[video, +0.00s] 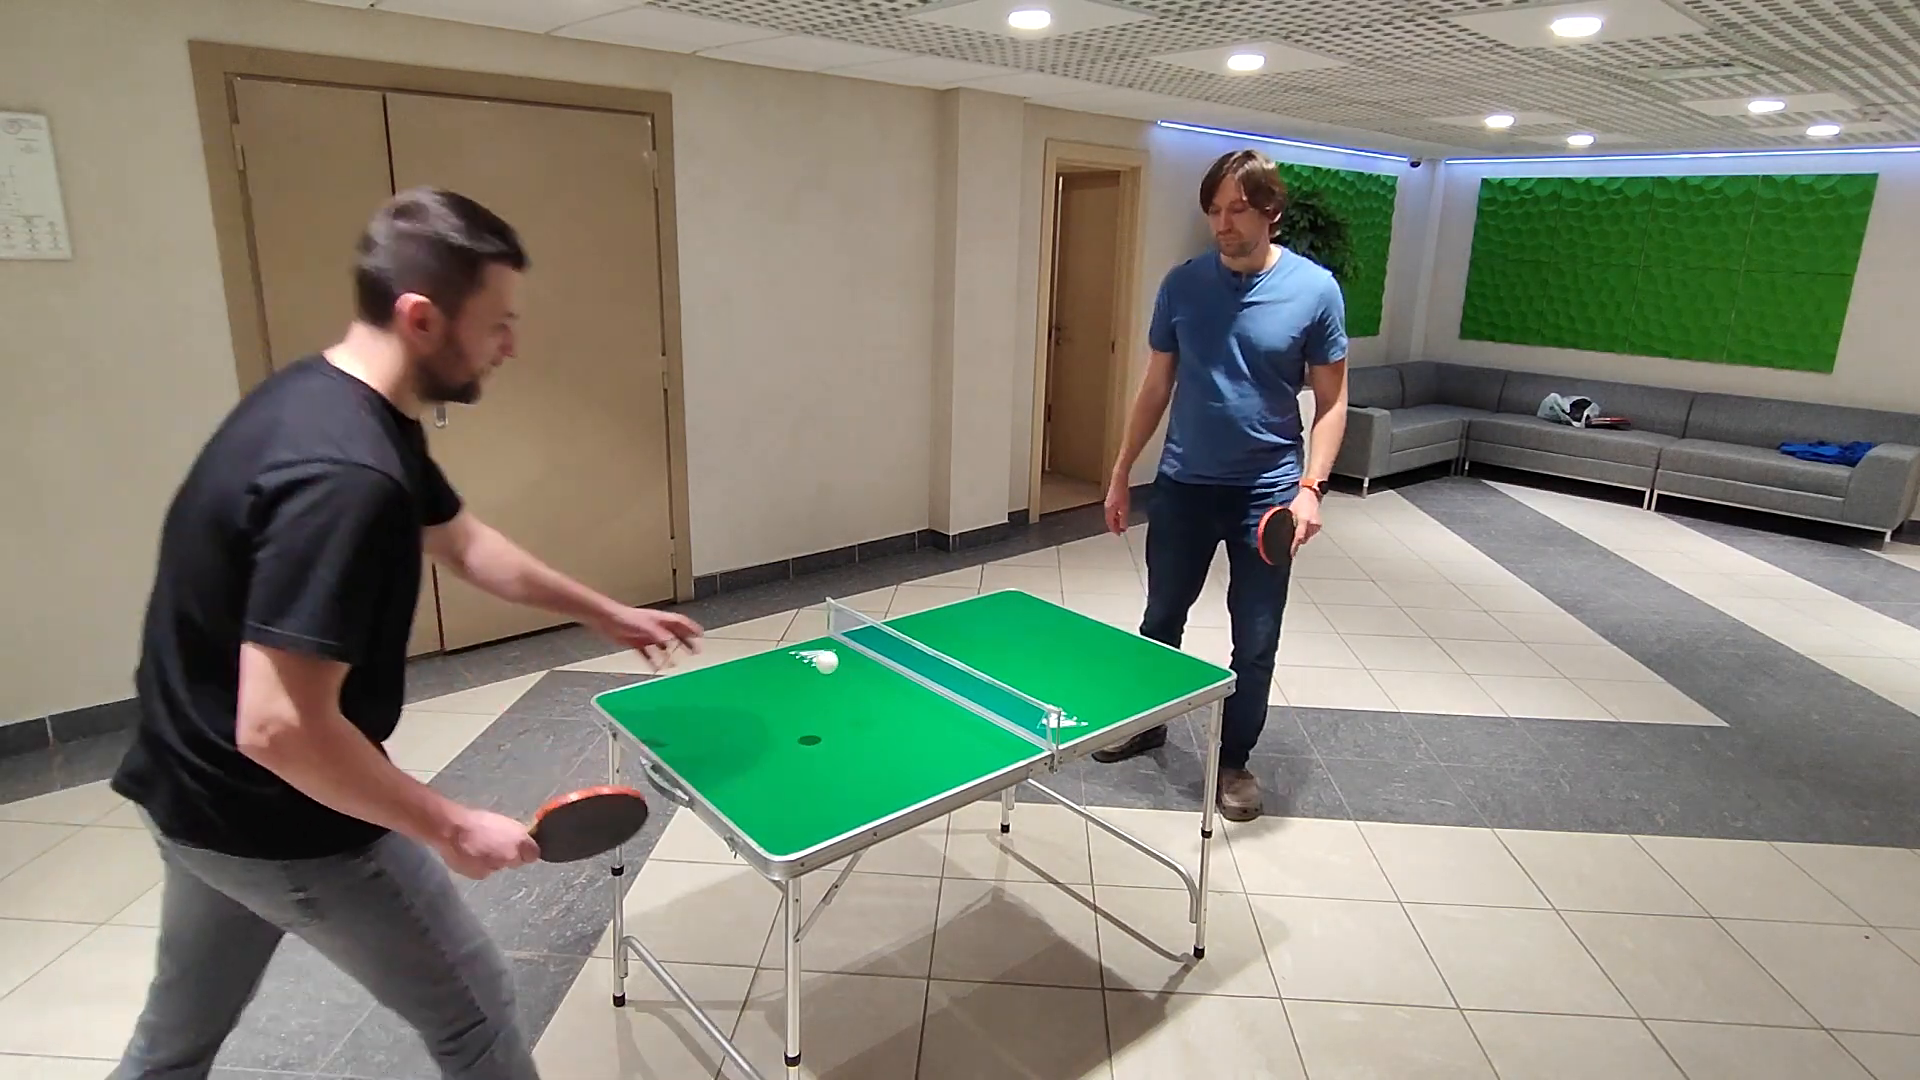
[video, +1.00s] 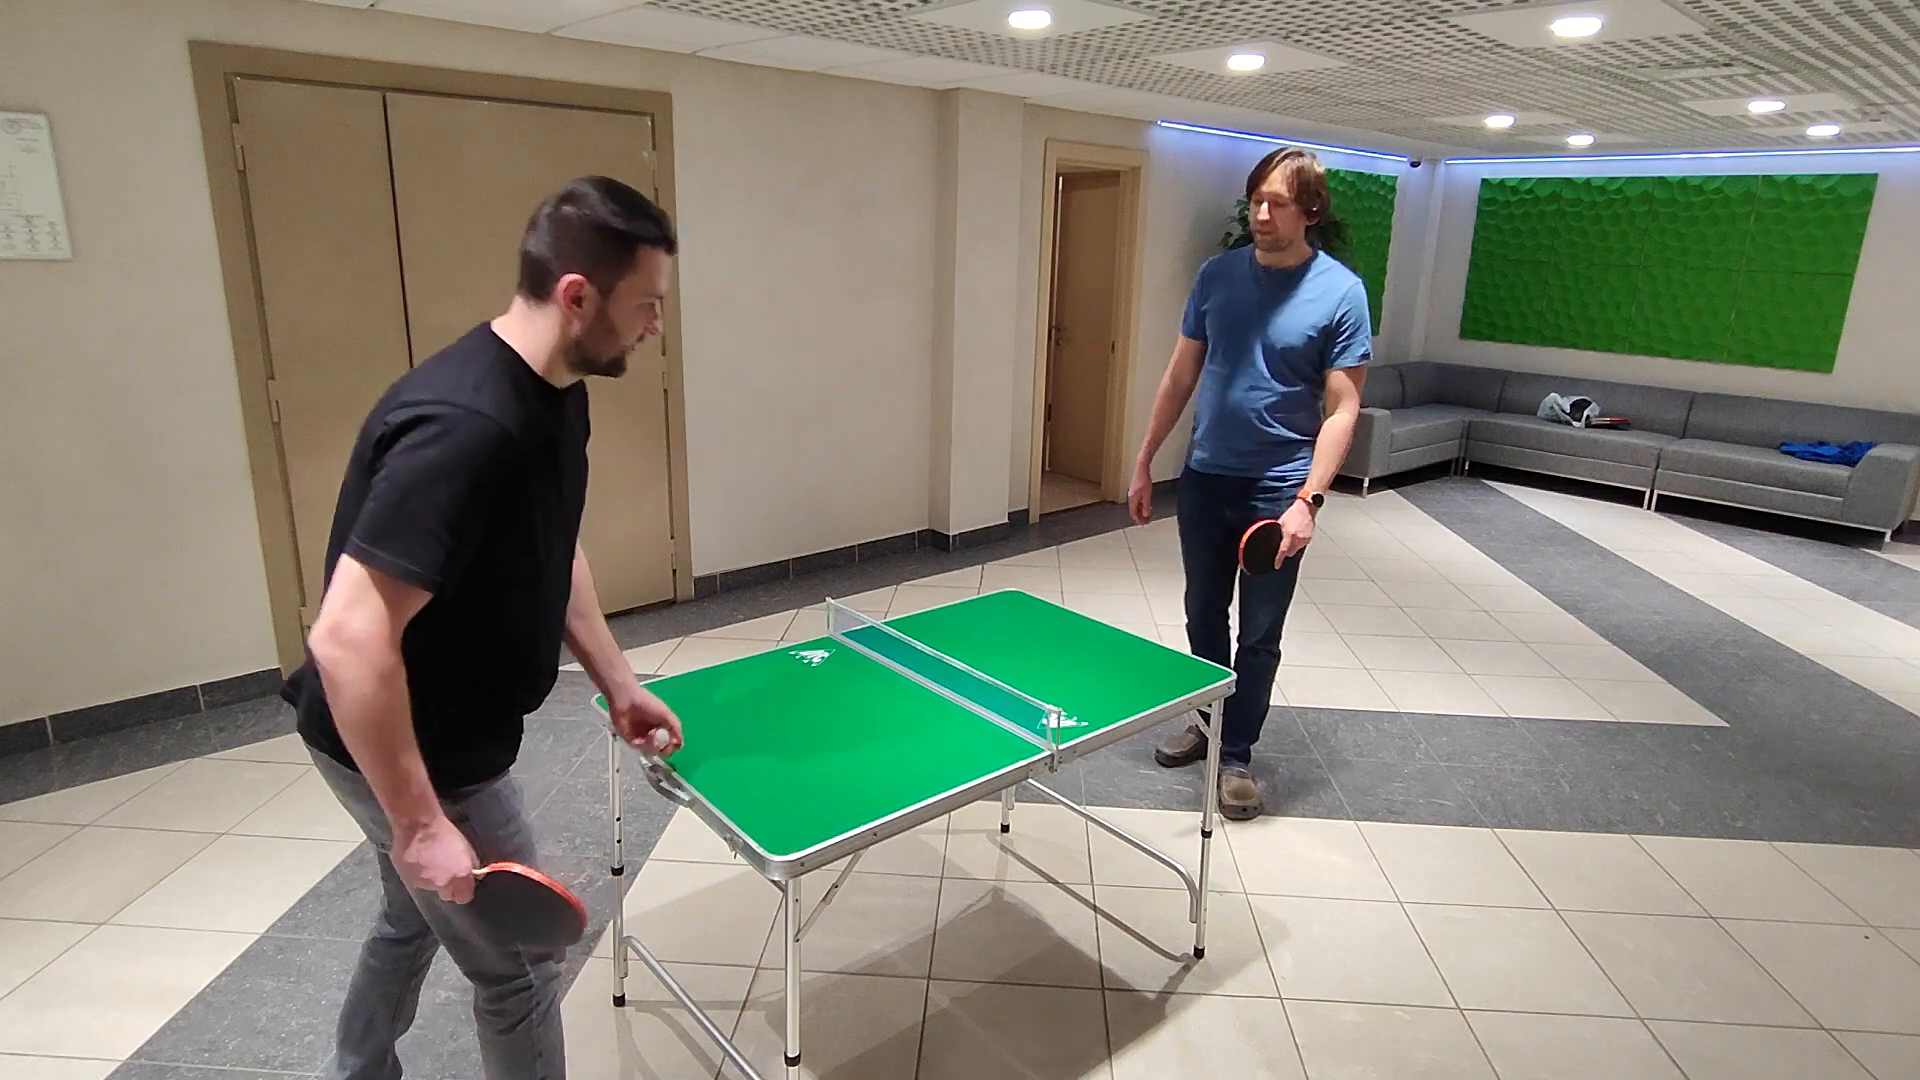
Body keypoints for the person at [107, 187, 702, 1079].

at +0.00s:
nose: (510, 347)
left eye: (510, 324)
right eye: (497, 324)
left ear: (415, 316)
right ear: (419, 316)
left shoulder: (335, 400)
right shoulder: (350, 471)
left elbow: (465, 543)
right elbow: (279, 724)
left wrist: (611, 615)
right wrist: (447, 825)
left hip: (205, 793)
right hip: (291, 822)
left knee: (171, 1042)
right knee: (476, 1017)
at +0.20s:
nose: (680, 417)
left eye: (687, 397)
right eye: (679, 395)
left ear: (602, 376)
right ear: (618, 380)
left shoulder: (500, 412)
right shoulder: (511, 491)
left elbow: (629, 555)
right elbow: (391, 725)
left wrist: (744, 634)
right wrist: (514, 866)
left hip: (275, 745)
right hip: (351, 793)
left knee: (252, 988)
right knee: (530, 980)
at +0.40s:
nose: (750, 416)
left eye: (760, 398)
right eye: (752, 396)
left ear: (671, 354)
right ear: (698, 374)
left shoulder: (573, 410)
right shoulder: (583, 475)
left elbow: (637, 588)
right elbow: (450, 696)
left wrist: (707, 706)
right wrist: (537, 853)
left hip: (327, 711)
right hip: (403, 770)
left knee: (319, 945)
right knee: (542, 972)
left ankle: (232, 1078)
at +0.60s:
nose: (764, 401)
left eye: (772, 382)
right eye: (765, 379)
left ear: (698, 354)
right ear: (710, 362)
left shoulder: (585, 401)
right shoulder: (598, 460)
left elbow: (592, 583)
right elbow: (459, 675)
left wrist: (659, 713)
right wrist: (545, 841)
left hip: (361, 708)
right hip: (426, 760)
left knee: (368, 941)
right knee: (538, 972)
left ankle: (302, 1076)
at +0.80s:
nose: (733, 370)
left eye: (739, 349)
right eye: (731, 348)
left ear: (657, 321)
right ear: (670, 331)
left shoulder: (578, 398)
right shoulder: (559, 442)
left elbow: (580, 575)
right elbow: (428, 664)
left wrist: (625, 706)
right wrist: (495, 838)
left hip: (387, 725)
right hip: (437, 756)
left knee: (401, 923)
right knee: (533, 974)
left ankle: (349, 1066)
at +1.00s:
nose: (654, 326)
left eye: (658, 305)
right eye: (645, 304)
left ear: (578, 297)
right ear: (576, 294)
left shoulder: (553, 397)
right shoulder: (467, 425)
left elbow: (553, 561)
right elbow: (347, 637)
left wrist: (620, 688)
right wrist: (420, 826)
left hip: (458, 724)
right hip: (427, 756)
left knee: (410, 921)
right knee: (518, 979)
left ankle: (361, 1066)